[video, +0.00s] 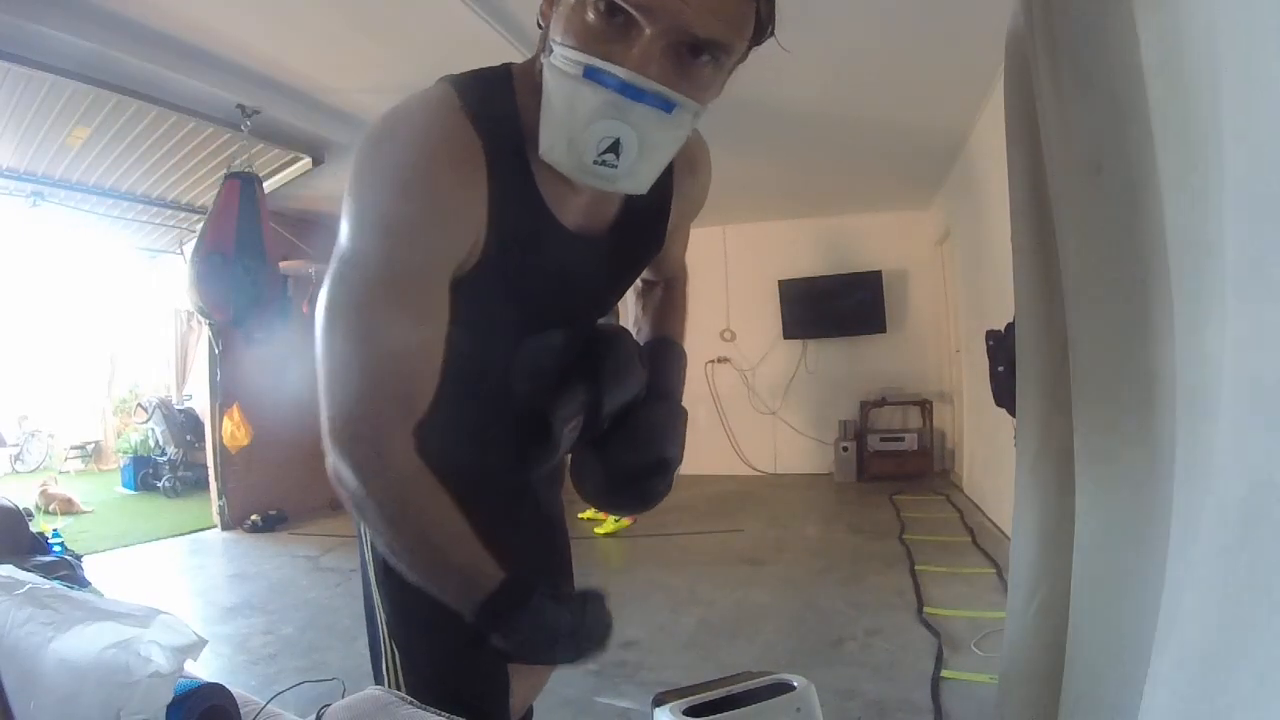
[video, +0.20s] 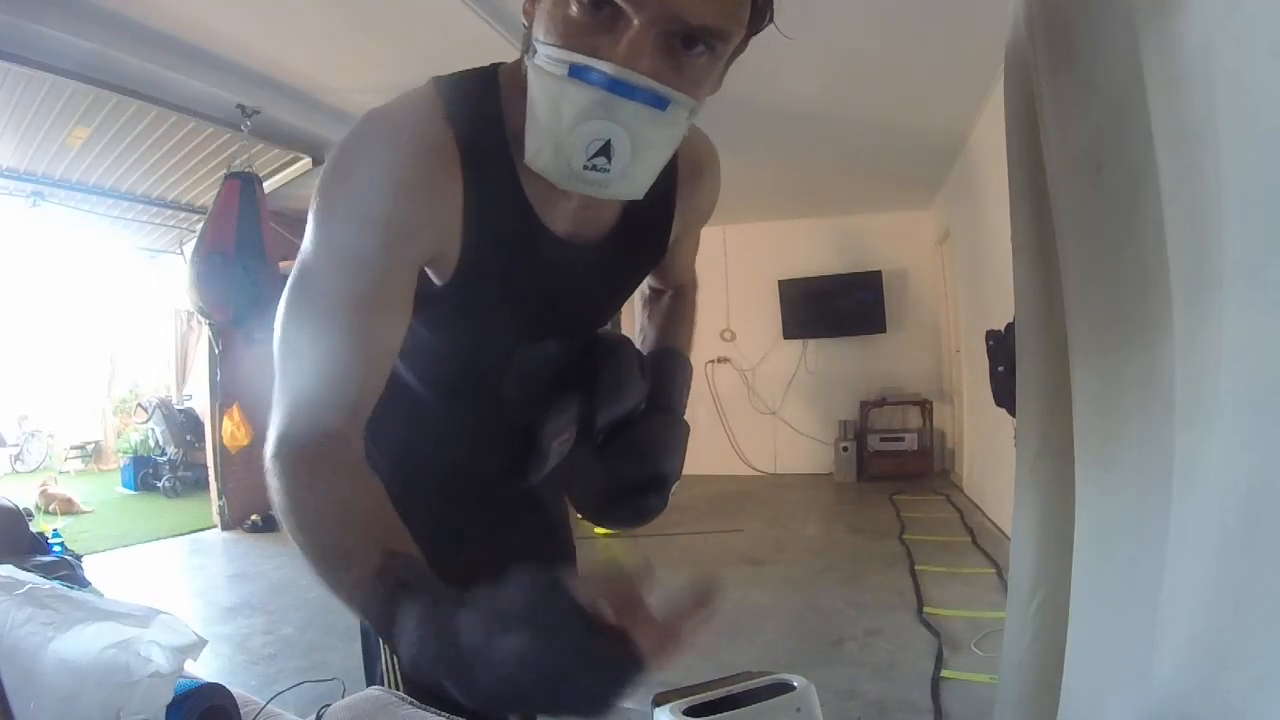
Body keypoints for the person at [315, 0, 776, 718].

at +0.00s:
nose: (635, 75)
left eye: (696, 52)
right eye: (615, 17)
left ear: (733, 72)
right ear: (554, 6)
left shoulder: (678, 169)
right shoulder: (427, 150)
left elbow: (663, 279)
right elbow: (363, 448)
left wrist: (659, 399)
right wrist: (506, 608)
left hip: (536, 465)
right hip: (425, 468)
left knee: (530, 669)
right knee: (455, 703)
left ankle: (507, 713)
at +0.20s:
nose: (625, 70)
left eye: (689, 43)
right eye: (600, 10)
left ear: (730, 61)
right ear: (536, 3)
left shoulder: (685, 173)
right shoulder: (402, 155)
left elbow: (670, 286)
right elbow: (310, 438)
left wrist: (657, 413)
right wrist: (416, 619)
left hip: (538, 476)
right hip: (413, 478)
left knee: (564, 679)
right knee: (432, 697)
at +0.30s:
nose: (615, 73)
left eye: (683, 42)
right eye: (590, 10)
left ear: (725, 65)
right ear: (526, 3)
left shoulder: (687, 171)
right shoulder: (395, 158)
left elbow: (674, 287)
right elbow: (334, 438)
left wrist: (658, 417)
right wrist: (363, 566)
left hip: (556, 467)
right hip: (424, 477)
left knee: (524, 687)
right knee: (441, 696)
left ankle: (518, 708)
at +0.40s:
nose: (609, 71)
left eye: (675, 39)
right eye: (582, 9)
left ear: (721, 61)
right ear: (517, 4)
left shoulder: (685, 169)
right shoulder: (391, 162)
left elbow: (675, 287)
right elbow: (341, 444)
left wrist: (659, 416)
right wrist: (376, 599)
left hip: (538, 478)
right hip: (406, 476)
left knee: (536, 685)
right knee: (422, 691)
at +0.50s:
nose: (629, 85)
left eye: (689, 56)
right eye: (596, 21)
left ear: (731, 56)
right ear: (515, 5)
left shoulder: (684, 169)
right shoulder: (389, 165)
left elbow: (674, 282)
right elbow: (322, 455)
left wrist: (660, 413)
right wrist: (398, 621)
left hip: (542, 486)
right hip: (407, 491)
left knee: (559, 682)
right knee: (435, 690)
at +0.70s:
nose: (668, 114)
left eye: (720, 83)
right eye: (631, 53)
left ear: (753, 73)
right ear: (523, 12)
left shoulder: (686, 173)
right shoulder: (392, 161)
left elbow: (668, 286)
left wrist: (655, 413)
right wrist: (423, 478)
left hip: (543, 459)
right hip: (415, 470)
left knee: (546, 650)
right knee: (464, 696)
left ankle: (515, 707)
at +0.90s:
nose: (689, 142)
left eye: (737, 114)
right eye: (660, 67)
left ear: (759, 106)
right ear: (543, 9)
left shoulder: (676, 180)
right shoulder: (387, 175)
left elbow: (667, 281)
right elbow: (345, 478)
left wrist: (655, 416)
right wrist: (463, 594)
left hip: (566, 500)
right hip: (428, 514)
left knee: (535, 672)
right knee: (460, 696)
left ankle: (521, 704)